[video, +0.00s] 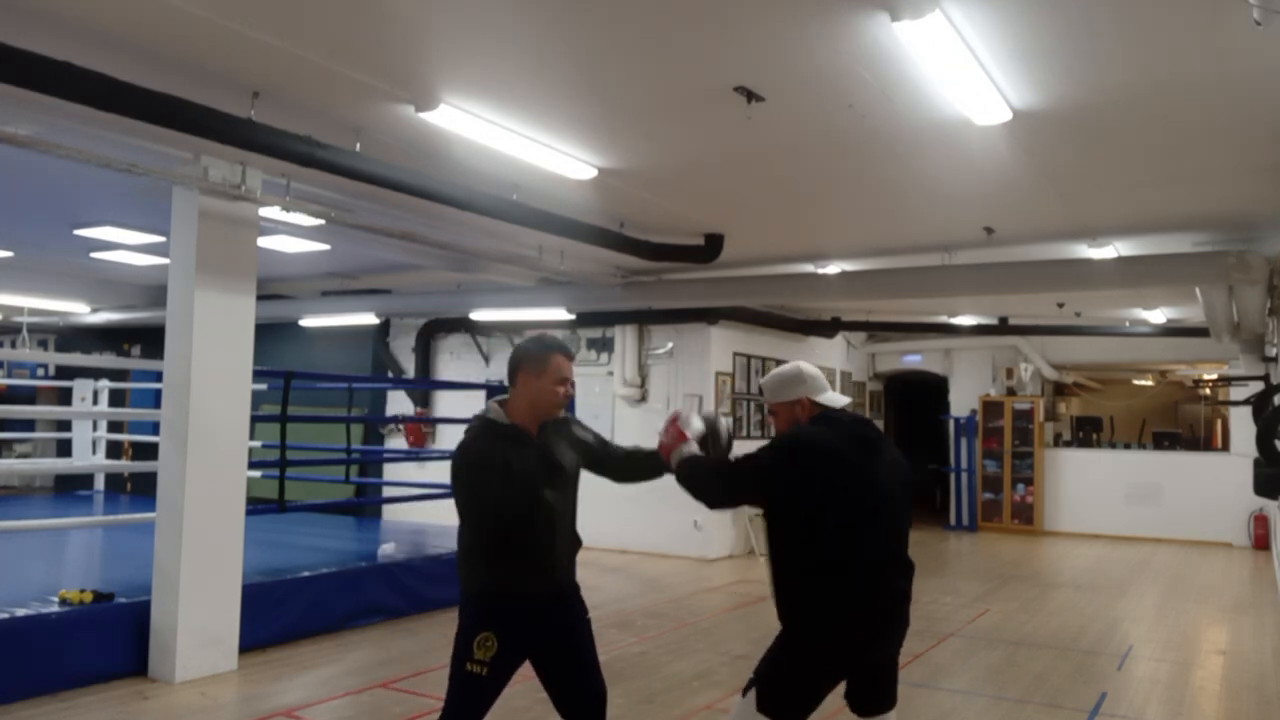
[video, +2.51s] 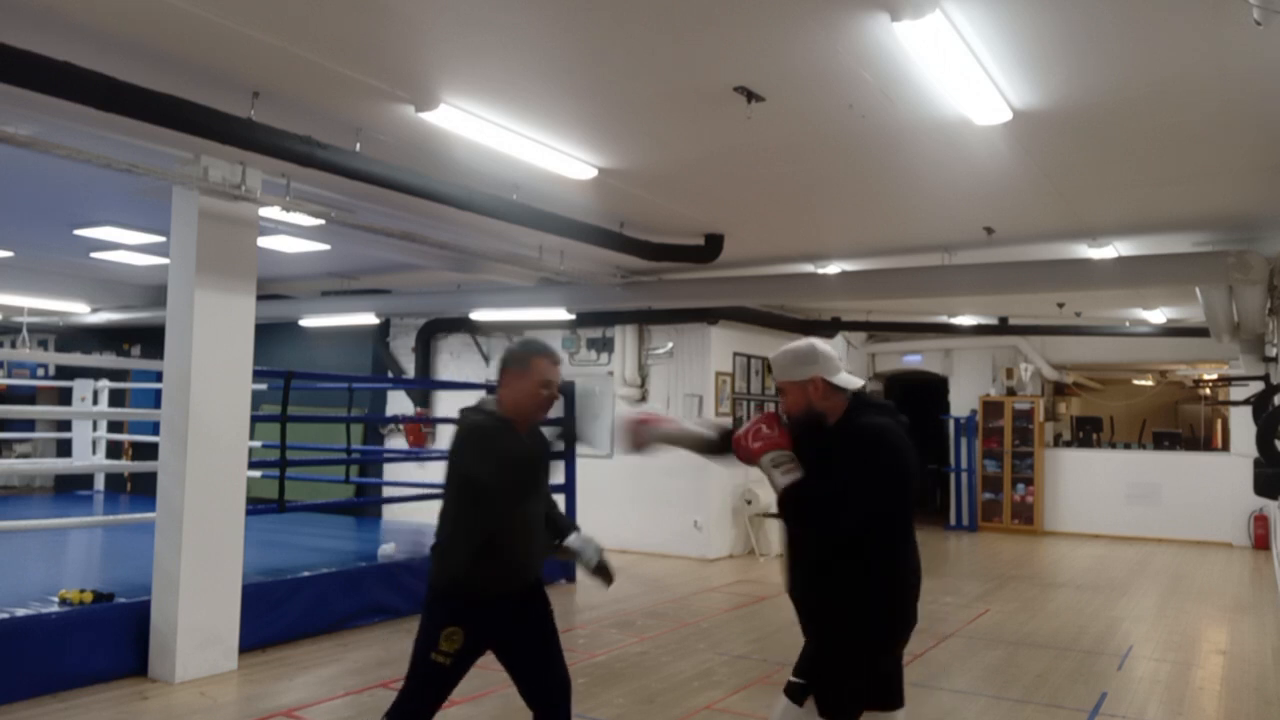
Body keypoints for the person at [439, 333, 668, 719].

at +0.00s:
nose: (570, 393)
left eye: (571, 384)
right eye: (561, 382)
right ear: (524, 379)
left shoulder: (566, 433)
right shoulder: (479, 447)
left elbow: (616, 461)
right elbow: (483, 537)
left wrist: (663, 457)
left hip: (557, 602)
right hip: (494, 606)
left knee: (588, 707)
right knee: (461, 712)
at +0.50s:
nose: (610, 379)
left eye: (611, 370)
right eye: (601, 368)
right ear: (565, 367)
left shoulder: (608, 419)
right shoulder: (518, 435)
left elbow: (669, 409)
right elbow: (510, 517)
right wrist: (579, 499)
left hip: (583, 590)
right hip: (522, 592)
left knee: (602, 708)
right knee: (481, 709)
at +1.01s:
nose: (560, 390)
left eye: (561, 381)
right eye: (553, 380)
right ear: (517, 374)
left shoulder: (555, 426)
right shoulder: (468, 440)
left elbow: (605, 454)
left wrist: (663, 455)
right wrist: (544, 469)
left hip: (540, 590)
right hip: (481, 594)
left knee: (561, 696)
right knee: (459, 708)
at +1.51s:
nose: (527, 391)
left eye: (529, 383)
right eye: (520, 381)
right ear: (486, 377)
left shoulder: (503, 432)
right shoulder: (448, 435)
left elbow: (534, 485)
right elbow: (453, 535)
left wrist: (554, 438)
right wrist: (538, 532)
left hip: (492, 592)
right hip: (436, 595)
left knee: (526, 700)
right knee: (396, 708)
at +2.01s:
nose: (490, 391)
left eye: (493, 381)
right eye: (480, 382)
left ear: (495, 381)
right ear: (443, 380)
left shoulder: (503, 421)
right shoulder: (405, 448)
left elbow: (556, 434)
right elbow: (397, 530)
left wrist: (614, 432)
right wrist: (453, 495)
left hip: (495, 593)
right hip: (428, 596)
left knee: (524, 709)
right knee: (390, 708)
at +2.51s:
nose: (554, 397)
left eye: (556, 389)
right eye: (545, 386)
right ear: (510, 380)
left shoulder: (533, 442)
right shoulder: (479, 430)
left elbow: (538, 506)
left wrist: (575, 543)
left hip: (517, 589)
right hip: (462, 591)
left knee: (553, 698)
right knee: (417, 702)